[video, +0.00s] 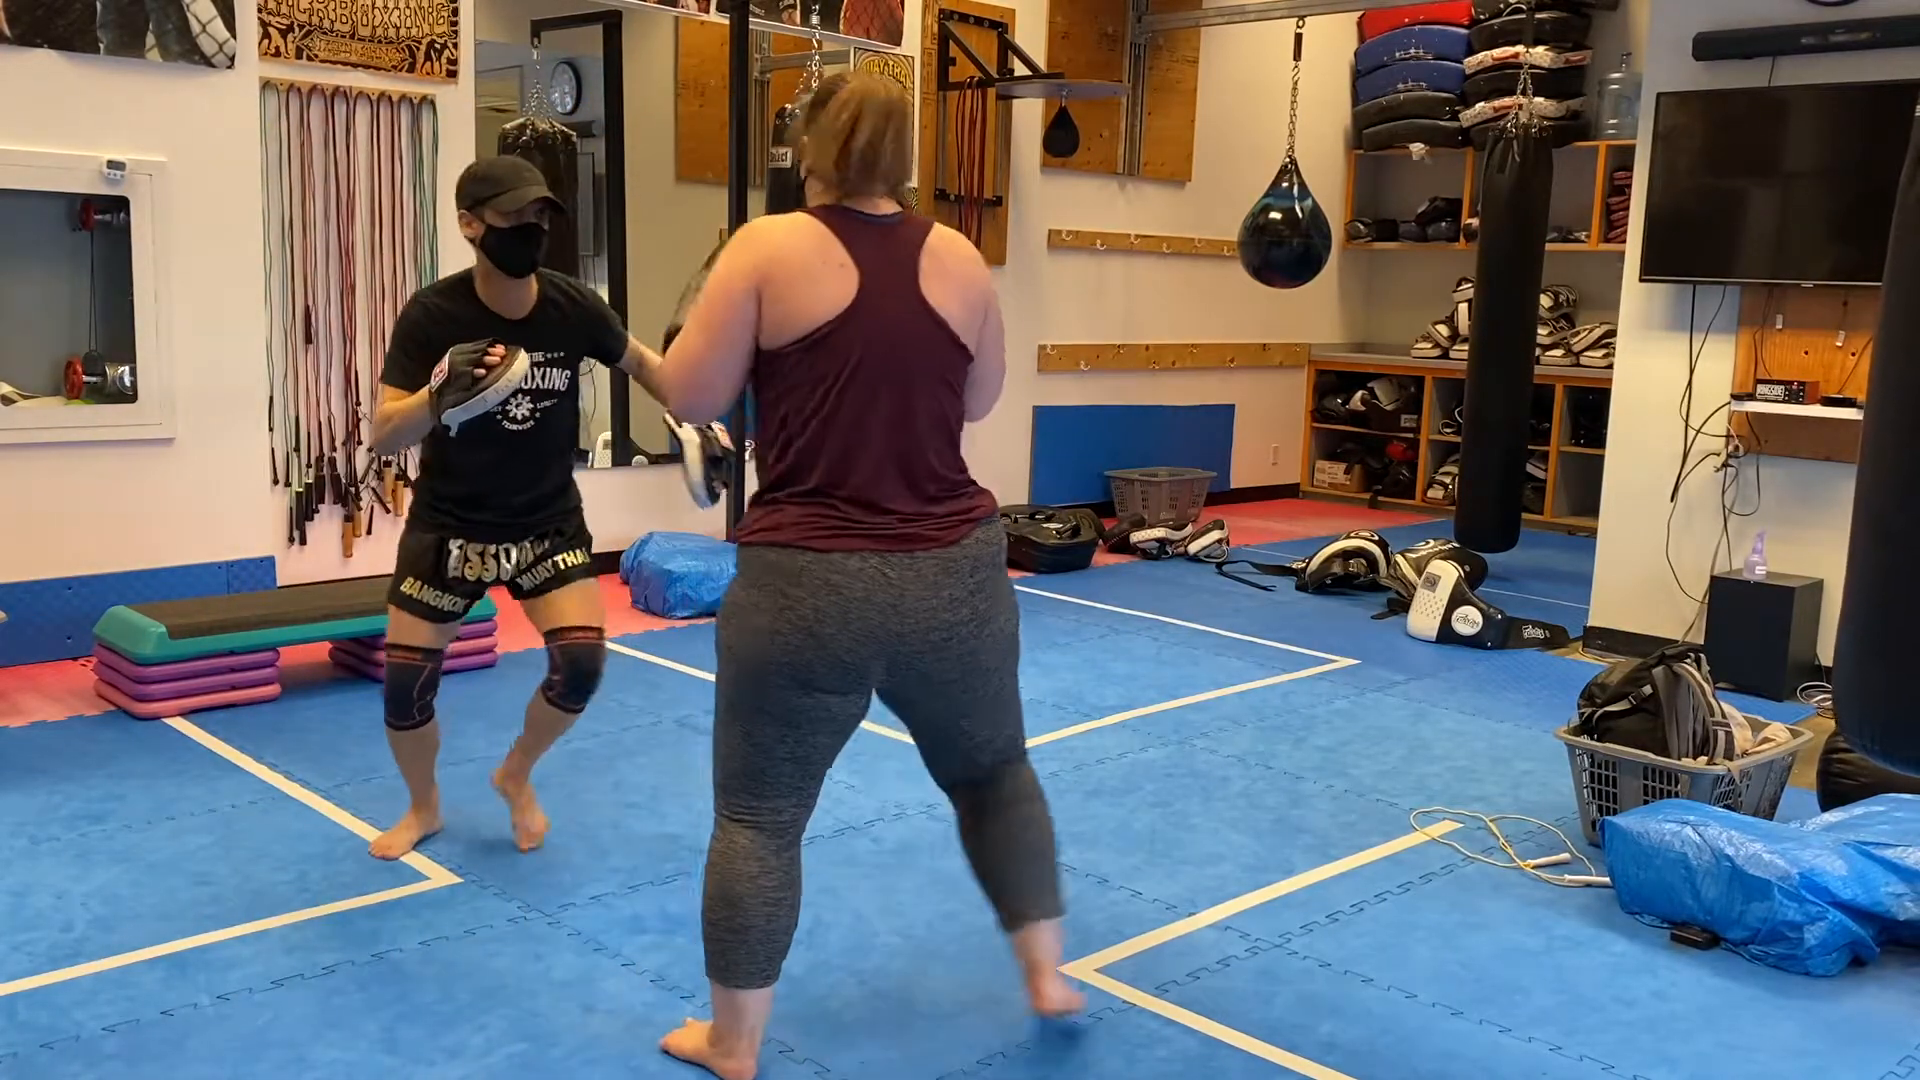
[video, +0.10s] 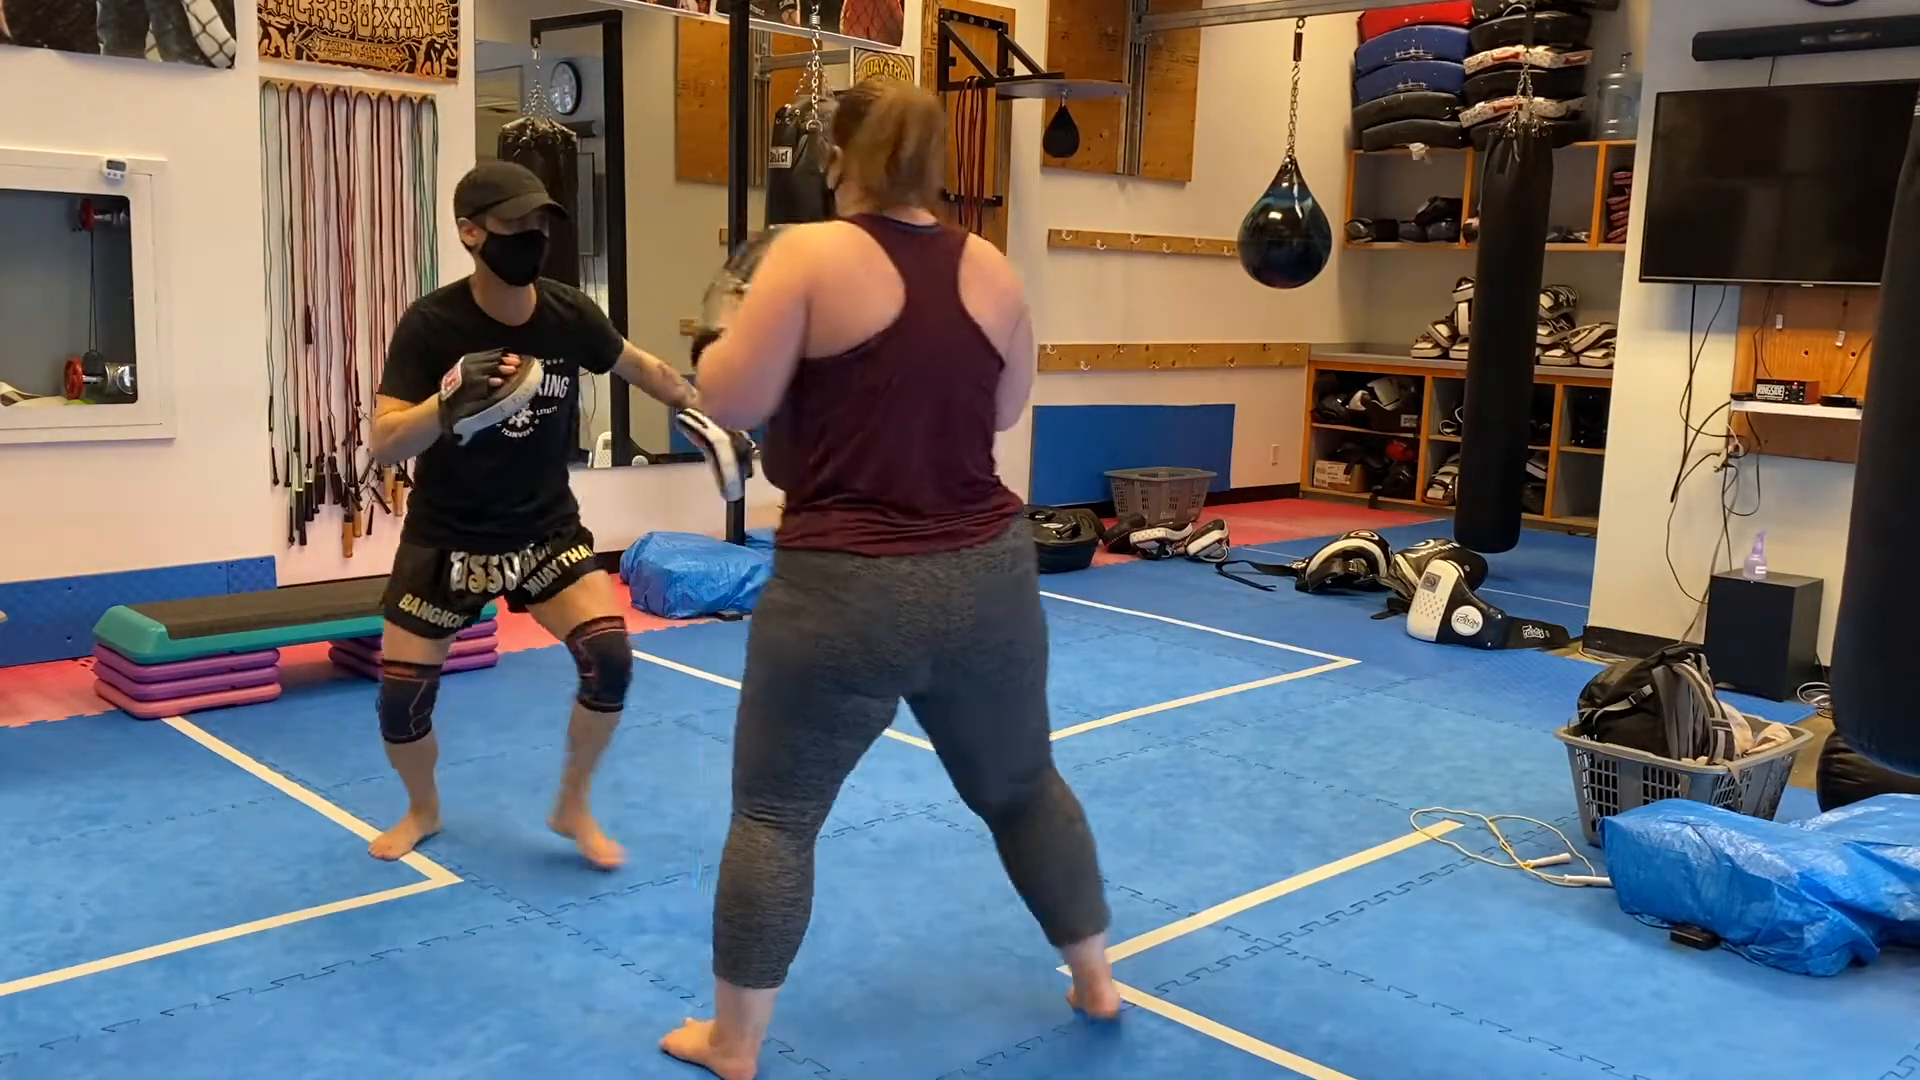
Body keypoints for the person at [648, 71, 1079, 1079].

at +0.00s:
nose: (800, 147)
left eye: (809, 133)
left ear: (815, 145)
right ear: (907, 150)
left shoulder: (763, 249)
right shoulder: (959, 259)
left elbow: (691, 393)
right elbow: (980, 396)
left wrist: (644, 346)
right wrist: (877, 353)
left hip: (803, 592)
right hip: (953, 590)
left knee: (759, 819)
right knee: (991, 768)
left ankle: (735, 1043)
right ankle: (1048, 980)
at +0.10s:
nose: (830, 167)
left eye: (835, 152)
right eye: (840, 151)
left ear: (846, 158)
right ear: (937, 160)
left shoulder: (805, 257)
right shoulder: (992, 269)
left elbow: (730, 401)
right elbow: (1007, 407)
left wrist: (731, 322)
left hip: (840, 596)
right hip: (987, 591)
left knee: (776, 817)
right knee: (1023, 784)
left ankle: (736, 1040)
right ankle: (1097, 982)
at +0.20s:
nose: (856, 184)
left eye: (859, 170)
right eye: (861, 168)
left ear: (878, 175)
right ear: (965, 174)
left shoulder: (861, 274)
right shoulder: (1028, 276)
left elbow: (791, 417)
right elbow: (1038, 410)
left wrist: (769, 330)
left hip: (892, 605)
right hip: (1032, 587)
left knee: (793, 814)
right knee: (1053, 794)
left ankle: (738, 1035)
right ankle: (1113, 1000)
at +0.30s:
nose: (878, 193)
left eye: (881, 177)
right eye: (879, 178)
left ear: (908, 179)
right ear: (992, 175)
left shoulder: (894, 278)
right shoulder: (1052, 273)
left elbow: (837, 436)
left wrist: (804, 337)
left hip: (925, 594)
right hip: (1061, 575)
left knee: (815, 806)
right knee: (1067, 795)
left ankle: (758, 1030)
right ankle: (1115, 1002)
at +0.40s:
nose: (878, 193)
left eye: (882, 178)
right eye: (880, 177)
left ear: (906, 179)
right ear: (987, 174)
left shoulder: (899, 275)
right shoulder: (1055, 270)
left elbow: (842, 431)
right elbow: (1047, 384)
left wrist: (814, 337)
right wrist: (903, 278)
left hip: (933, 587)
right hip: (1068, 575)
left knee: (825, 792)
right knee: (1067, 795)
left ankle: (823, 1040)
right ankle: (1113, 1003)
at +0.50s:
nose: (848, 218)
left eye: (849, 202)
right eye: (845, 204)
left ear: (875, 194)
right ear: (956, 192)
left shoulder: (874, 291)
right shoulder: (1028, 278)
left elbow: (821, 454)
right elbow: (1008, 382)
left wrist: (784, 398)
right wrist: (865, 337)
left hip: (940, 610)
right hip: (1077, 594)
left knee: (840, 818)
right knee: (1067, 778)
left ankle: (825, 1055)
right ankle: (1107, 982)